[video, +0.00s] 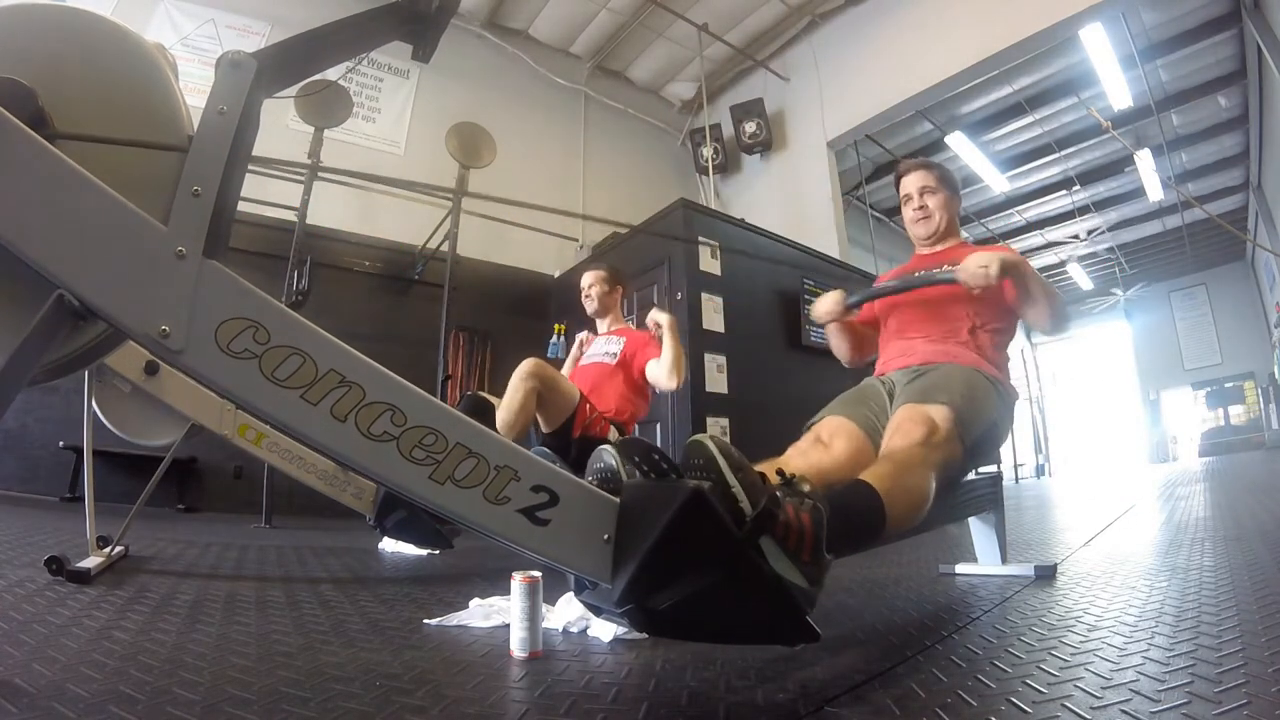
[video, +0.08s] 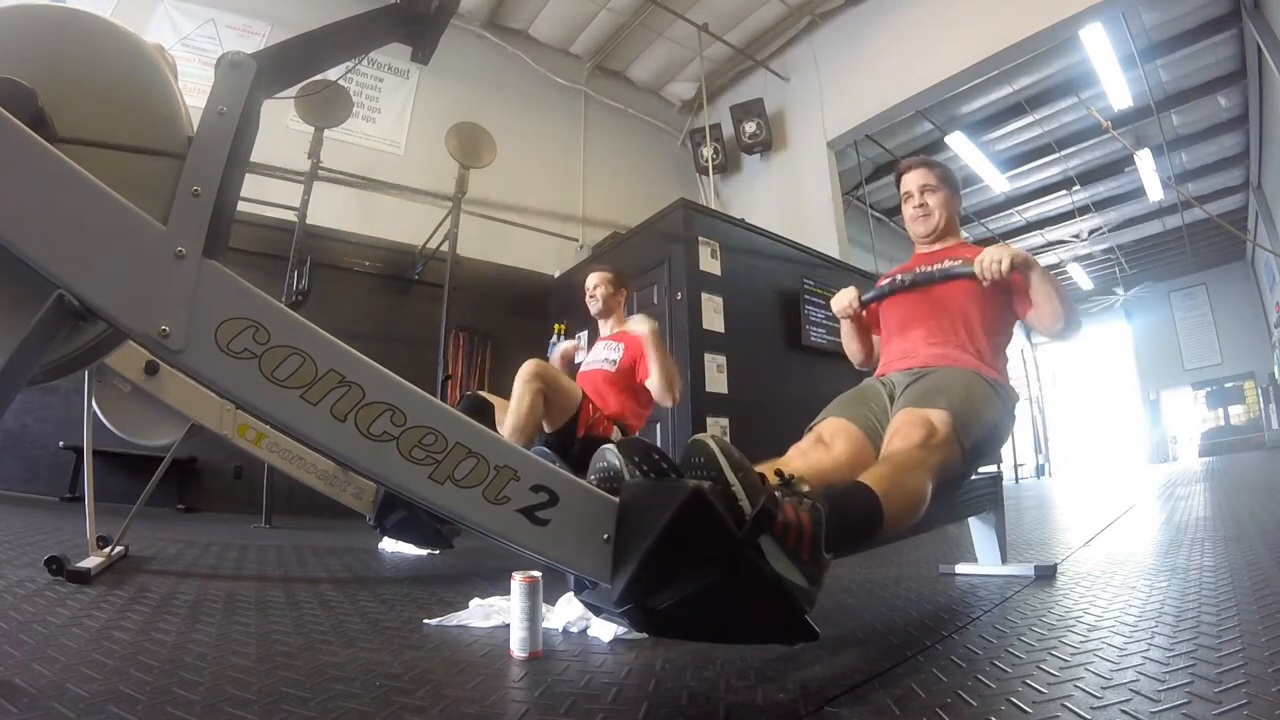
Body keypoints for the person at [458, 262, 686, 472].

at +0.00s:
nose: (585, 294)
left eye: (592, 287)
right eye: (582, 291)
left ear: (617, 292)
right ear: (582, 301)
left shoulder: (638, 339)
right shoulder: (587, 342)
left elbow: (670, 380)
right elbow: (560, 391)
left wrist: (669, 326)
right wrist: (574, 355)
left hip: (603, 432)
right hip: (564, 427)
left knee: (532, 370)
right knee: (476, 401)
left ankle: (491, 461)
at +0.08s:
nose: (589, 295)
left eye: (597, 287)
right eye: (587, 292)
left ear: (621, 294)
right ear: (587, 301)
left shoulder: (639, 339)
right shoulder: (595, 347)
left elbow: (668, 398)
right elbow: (572, 404)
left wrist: (651, 335)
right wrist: (562, 365)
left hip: (607, 434)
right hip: (572, 430)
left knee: (534, 371)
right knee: (475, 401)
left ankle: (505, 468)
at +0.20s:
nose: (593, 295)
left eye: (600, 288)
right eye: (590, 291)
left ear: (624, 297)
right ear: (590, 300)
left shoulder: (643, 342)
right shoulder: (597, 345)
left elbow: (668, 399)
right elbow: (594, 398)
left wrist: (624, 354)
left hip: (610, 433)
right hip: (574, 429)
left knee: (533, 374)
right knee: (475, 403)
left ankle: (526, 470)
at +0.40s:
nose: (595, 293)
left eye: (603, 287)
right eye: (593, 290)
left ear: (626, 297)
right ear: (592, 301)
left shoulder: (640, 340)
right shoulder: (597, 348)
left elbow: (670, 395)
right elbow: (590, 390)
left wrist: (601, 390)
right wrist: (569, 391)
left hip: (613, 434)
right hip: (574, 430)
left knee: (538, 389)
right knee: (477, 403)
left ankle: (525, 484)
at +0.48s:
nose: (595, 296)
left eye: (603, 290)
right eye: (593, 292)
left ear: (626, 298)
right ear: (592, 302)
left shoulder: (641, 340)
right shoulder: (596, 347)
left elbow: (672, 396)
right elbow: (595, 398)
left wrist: (608, 403)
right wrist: (568, 409)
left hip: (614, 439)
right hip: (576, 433)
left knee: (537, 403)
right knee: (481, 401)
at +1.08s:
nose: (601, 283)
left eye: (612, 273)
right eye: (601, 274)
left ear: (624, 285)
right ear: (595, 281)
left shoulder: (633, 334)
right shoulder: (590, 342)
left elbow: (637, 393)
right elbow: (586, 402)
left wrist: (571, 392)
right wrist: (536, 400)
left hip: (617, 430)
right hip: (577, 427)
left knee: (538, 414)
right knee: (489, 402)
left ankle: (496, 550)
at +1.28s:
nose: (571, 279)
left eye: (581, 273)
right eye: (572, 273)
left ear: (604, 284)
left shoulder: (616, 327)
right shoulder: (577, 339)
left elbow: (610, 388)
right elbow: (564, 392)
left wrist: (543, 388)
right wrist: (517, 391)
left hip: (608, 429)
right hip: (570, 424)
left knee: (531, 413)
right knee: (476, 412)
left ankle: (497, 552)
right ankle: (461, 531)